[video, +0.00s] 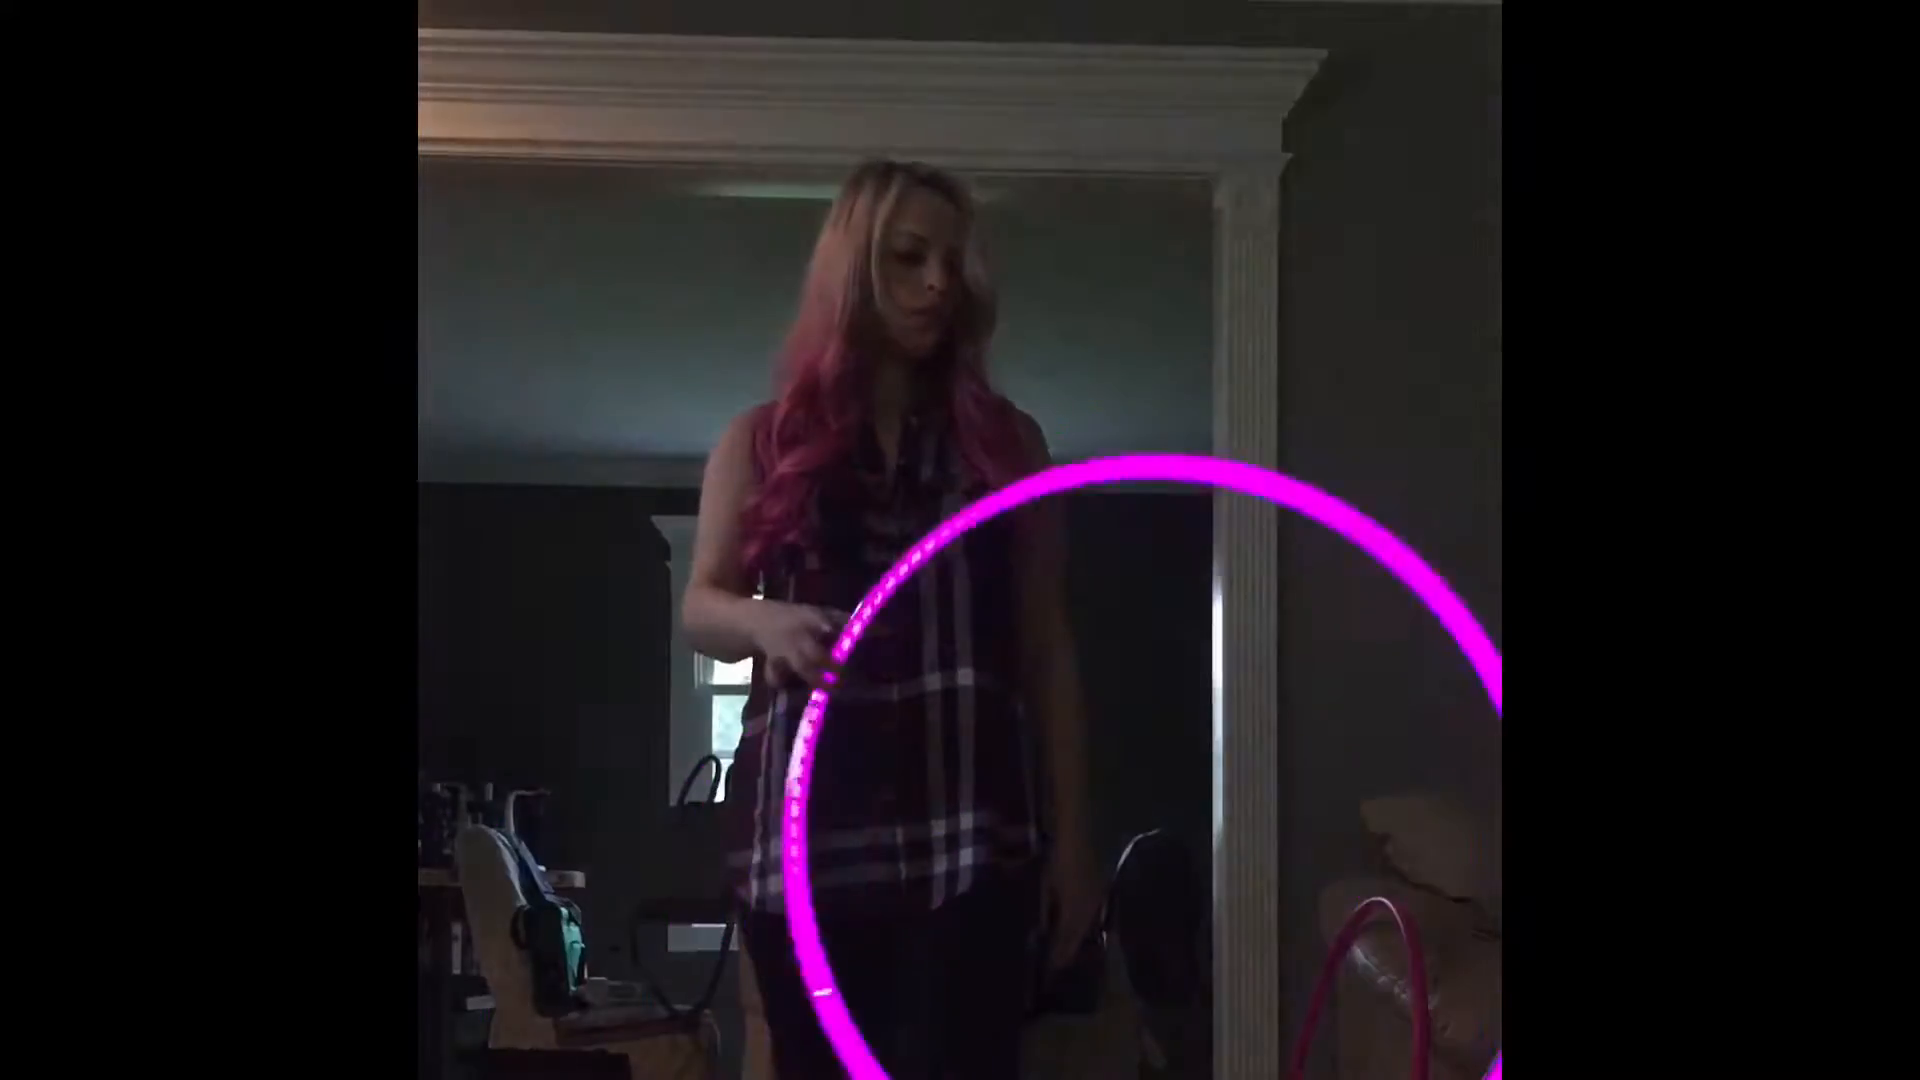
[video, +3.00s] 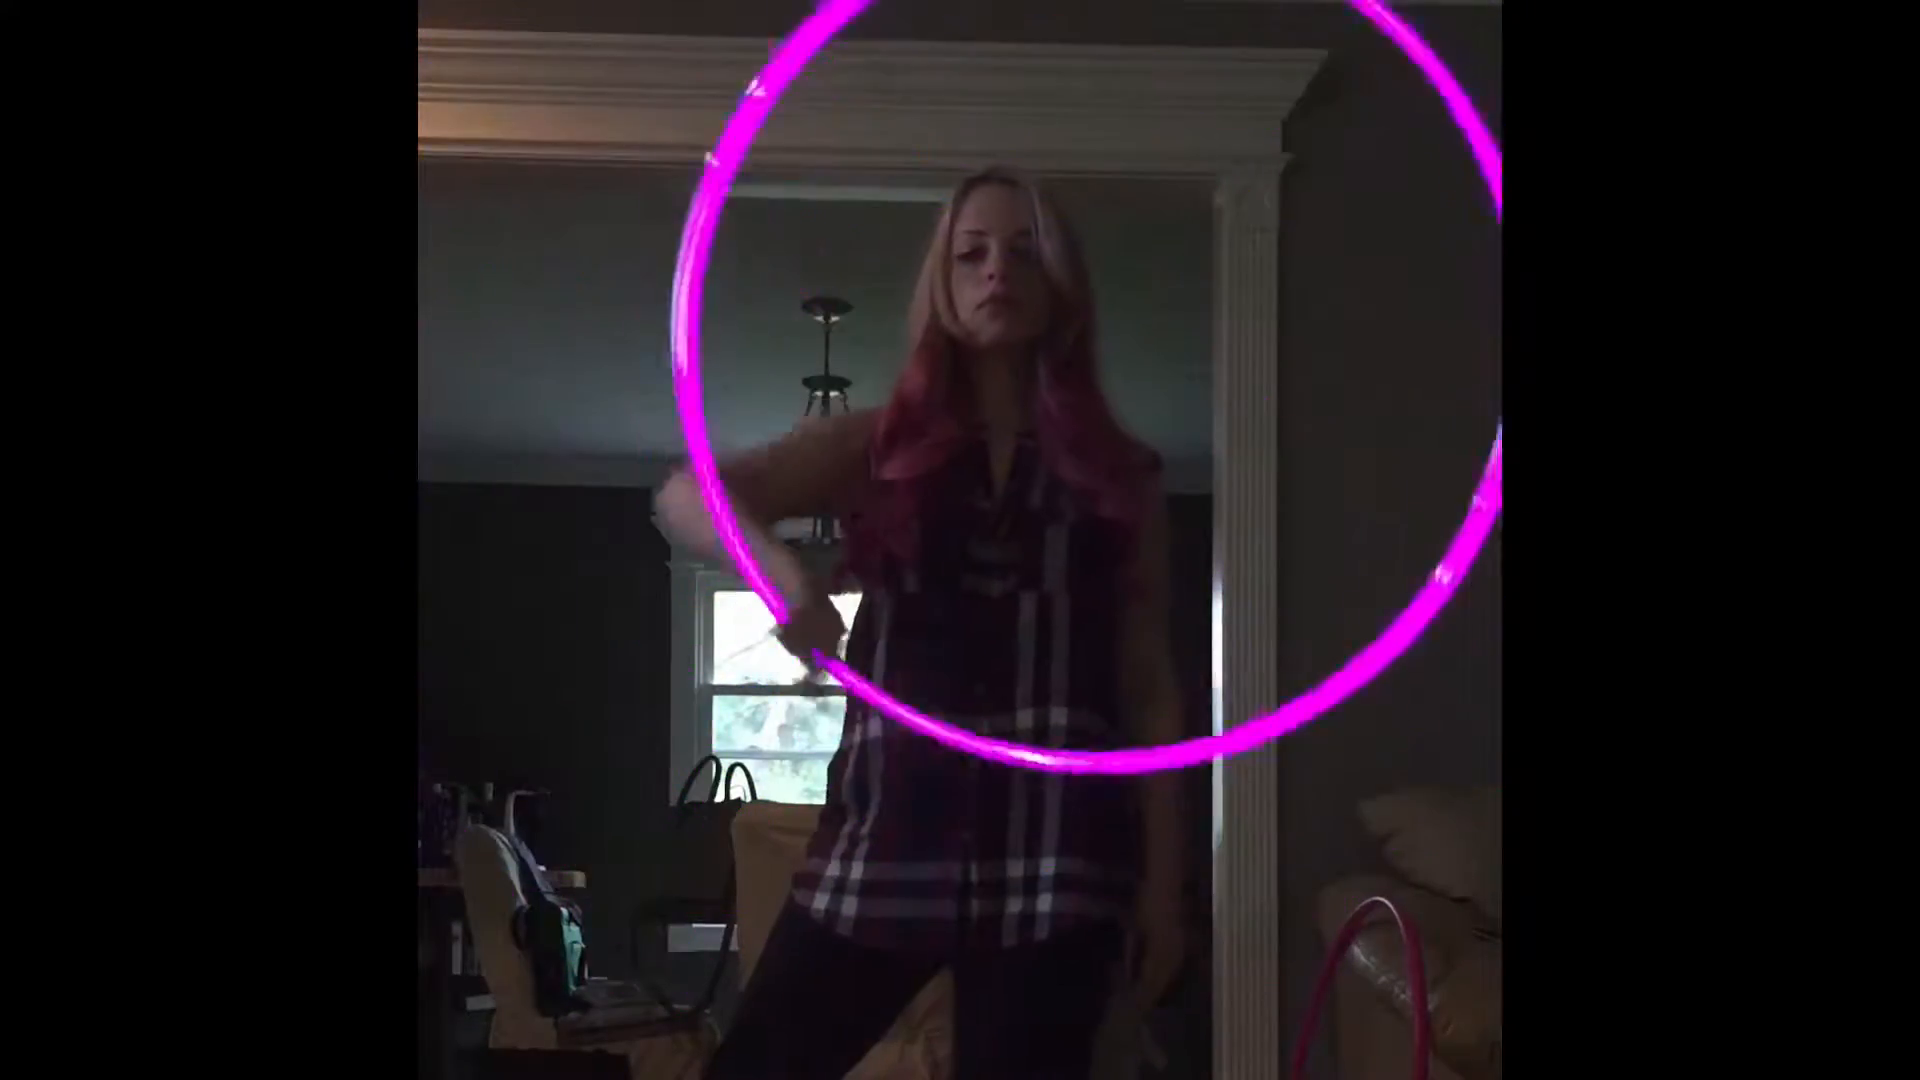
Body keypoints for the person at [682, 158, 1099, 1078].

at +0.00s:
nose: (939, 283)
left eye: (955, 260)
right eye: (910, 256)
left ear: (973, 274)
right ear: (851, 267)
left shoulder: (1006, 440)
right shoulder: (763, 442)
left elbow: (1047, 648)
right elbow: (700, 610)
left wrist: (1070, 840)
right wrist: (766, 623)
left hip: (975, 835)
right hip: (814, 840)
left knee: (973, 1059)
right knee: (828, 1064)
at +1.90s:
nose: (1001, 227)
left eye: (1029, 209)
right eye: (977, 213)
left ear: (1070, 240)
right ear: (944, 245)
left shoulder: (1128, 404)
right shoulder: (875, 384)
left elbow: (1172, 631)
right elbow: (768, 525)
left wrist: (1185, 839)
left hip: (1080, 833)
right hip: (905, 836)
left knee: (1054, 1065)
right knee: (901, 1066)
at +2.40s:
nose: (1016, 237)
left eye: (1041, 218)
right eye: (992, 219)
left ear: (1080, 246)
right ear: (959, 250)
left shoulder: (1137, 422)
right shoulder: (900, 401)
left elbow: (1174, 639)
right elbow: (800, 494)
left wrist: (1187, 835)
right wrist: (964, 458)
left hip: (1082, 820)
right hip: (911, 814)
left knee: (1053, 1067)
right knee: (822, 1064)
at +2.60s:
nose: (1014, 244)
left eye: (1039, 225)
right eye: (990, 229)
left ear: (1082, 252)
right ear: (957, 265)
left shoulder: (1137, 436)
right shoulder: (921, 410)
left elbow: (1173, 652)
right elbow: (811, 461)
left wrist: (1190, 864)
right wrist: (983, 363)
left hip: (1076, 835)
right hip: (905, 826)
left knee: (1045, 1071)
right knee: (778, 1059)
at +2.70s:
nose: (1006, 261)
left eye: (1035, 239)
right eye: (980, 242)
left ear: (1080, 272)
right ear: (948, 279)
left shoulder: (1141, 449)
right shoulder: (908, 430)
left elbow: (1178, 672)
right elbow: (757, 428)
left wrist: (1187, 869)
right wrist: (887, 271)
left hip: (1070, 865)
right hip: (886, 853)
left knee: (1031, 1072)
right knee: (748, 1066)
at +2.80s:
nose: (1002, 272)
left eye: (1030, 252)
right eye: (978, 256)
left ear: (1074, 286)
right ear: (947, 291)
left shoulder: (1133, 470)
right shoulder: (894, 439)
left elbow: (1175, 686)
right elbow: (705, 440)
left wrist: (1187, 883)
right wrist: (775, 338)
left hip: (1071, 866)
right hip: (894, 855)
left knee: (1034, 1068)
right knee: (754, 1064)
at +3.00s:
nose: (998, 269)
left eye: (1024, 249)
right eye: (974, 251)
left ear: (1063, 279)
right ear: (940, 283)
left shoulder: (1118, 471)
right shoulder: (883, 442)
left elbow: (1152, 687)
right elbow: (684, 497)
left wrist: (1164, 891)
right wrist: (782, 574)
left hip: (1055, 869)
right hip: (888, 852)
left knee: (1021, 1070)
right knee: (750, 1068)